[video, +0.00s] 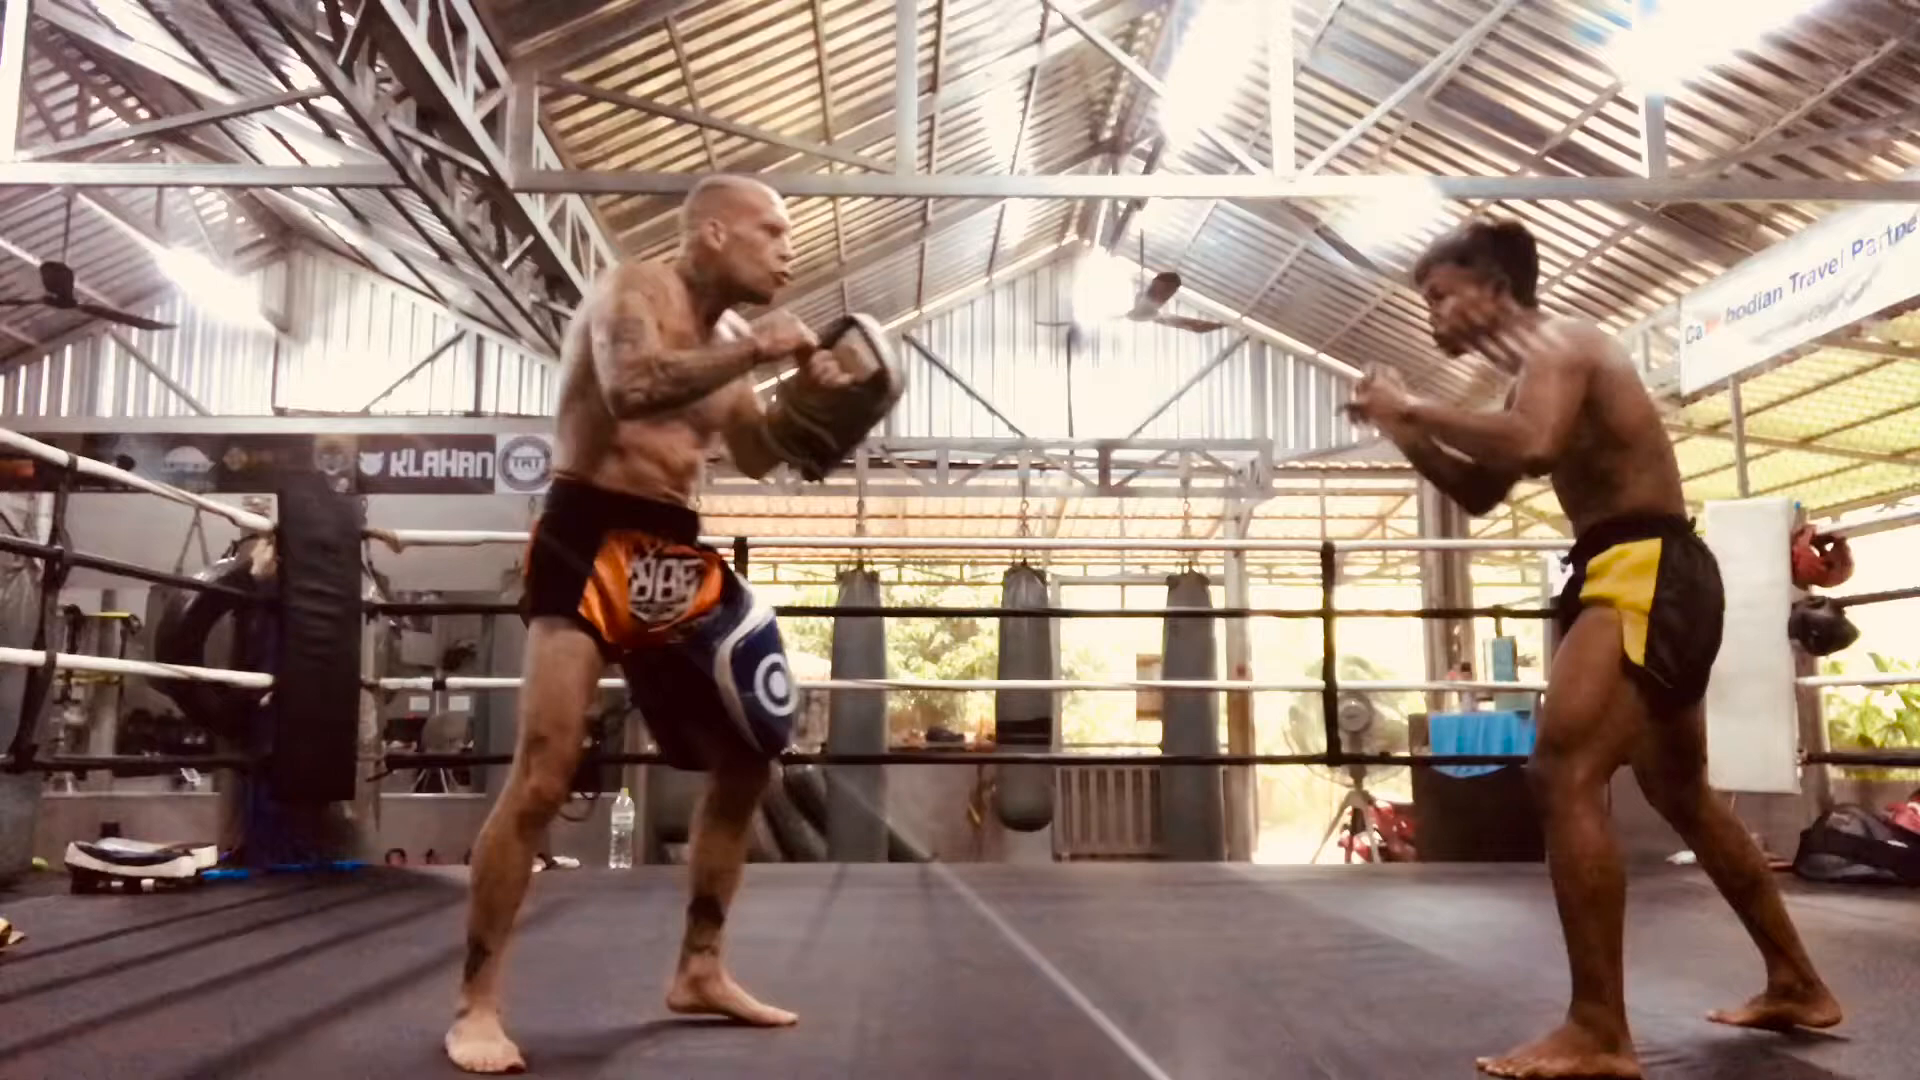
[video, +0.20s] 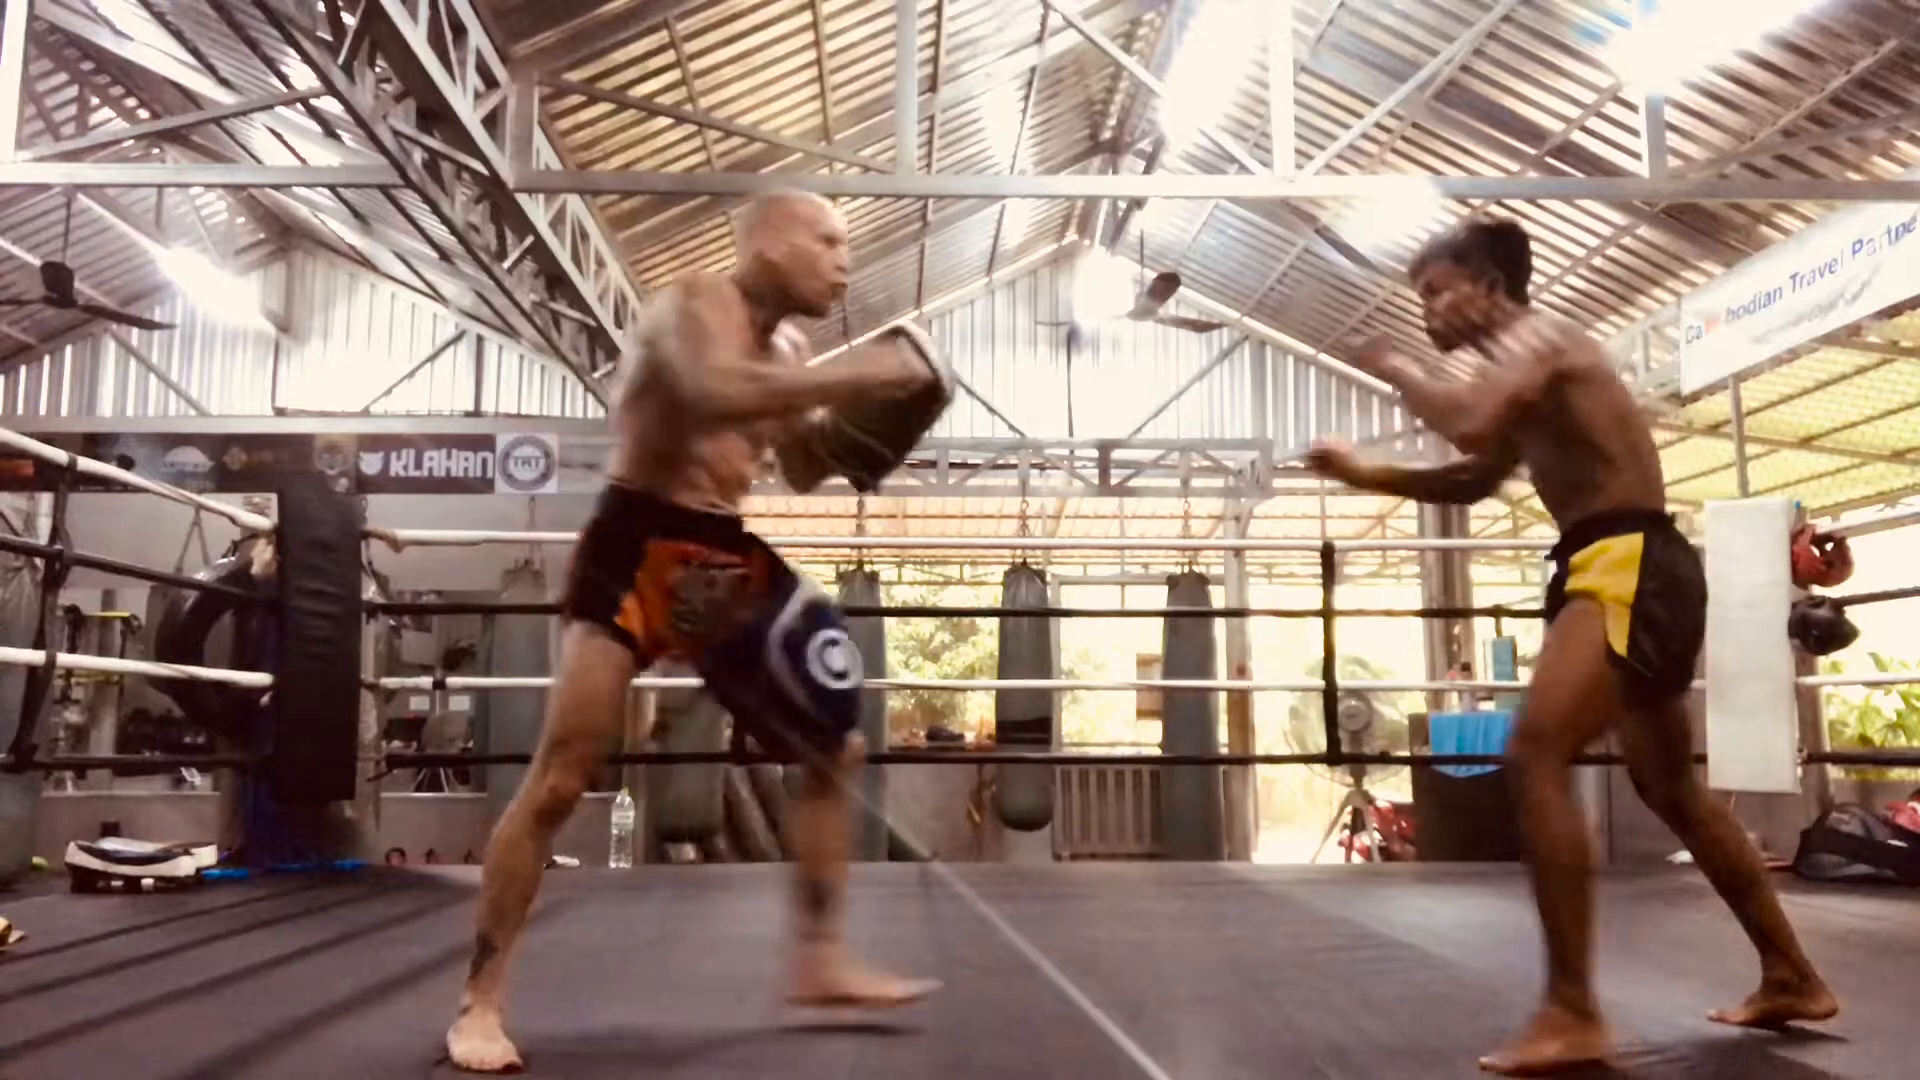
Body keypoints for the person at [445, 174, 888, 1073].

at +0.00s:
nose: (785, 251)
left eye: (786, 236)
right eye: (771, 233)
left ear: (728, 236)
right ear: (713, 232)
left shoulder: (720, 336)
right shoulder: (634, 285)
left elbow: (758, 448)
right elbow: (633, 383)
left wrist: (820, 400)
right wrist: (759, 349)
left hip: (675, 545)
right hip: (587, 535)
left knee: (747, 753)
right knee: (543, 781)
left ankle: (701, 970)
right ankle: (478, 1006)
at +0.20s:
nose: (841, 263)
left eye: (842, 249)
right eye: (827, 241)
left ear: (801, 257)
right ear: (768, 239)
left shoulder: (778, 350)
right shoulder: (696, 302)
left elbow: (801, 466)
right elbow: (708, 389)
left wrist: (837, 424)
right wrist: (846, 375)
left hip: (722, 553)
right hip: (634, 545)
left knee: (830, 747)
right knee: (557, 784)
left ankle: (818, 963)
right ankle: (481, 1004)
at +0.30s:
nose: (885, 276)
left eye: (884, 261)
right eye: (870, 257)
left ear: (827, 265)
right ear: (818, 260)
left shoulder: (804, 351)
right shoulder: (768, 313)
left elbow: (806, 480)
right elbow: (884, 370)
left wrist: (909, 439)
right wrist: (938, 312)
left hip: (764, 570)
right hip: (708, 561)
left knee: (904, 766)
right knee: (607, 795)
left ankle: (958, 978)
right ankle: (491, 999)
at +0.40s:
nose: (917, 300)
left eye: (919, 285)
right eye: (906, 279)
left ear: (857, 281)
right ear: (855, 274)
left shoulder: (844, 364)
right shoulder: (820, 329)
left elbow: (866, 511)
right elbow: (942, 377)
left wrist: (942, 451)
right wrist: (1052, 342)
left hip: (852, 575)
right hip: (809, 566)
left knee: (986, 771)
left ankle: (981, 986)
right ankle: (582, 924)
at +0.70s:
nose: (1001, 318)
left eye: (1007, 313)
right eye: (995, 298)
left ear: (974, 321)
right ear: (947, 283)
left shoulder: (952, 394)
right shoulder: (878, 320)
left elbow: (1045, 463)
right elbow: (779, 392)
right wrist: (686, 445)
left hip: (913, 580)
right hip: (919, 504)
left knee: (1007, 773)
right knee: (1160, 482)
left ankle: (983, 987)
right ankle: (1359, 582)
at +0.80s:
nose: (1010, 290)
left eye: (1018, 285)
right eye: (1003, 267)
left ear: (1003, 298)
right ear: (955, 250)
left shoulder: (975, 377)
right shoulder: (888, 298)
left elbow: (1059, 466)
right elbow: (770, 350)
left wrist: (1066, 383)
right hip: (911, 503)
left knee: (1000, 769)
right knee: (1162, 503)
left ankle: (983, 988)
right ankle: (1296, 658)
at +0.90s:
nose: (1023, 267)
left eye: (1029, 255)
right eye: (1011, 247)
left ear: (1010, 263)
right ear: (959, 239)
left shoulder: (949, 337)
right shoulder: (900, 277)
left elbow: (983, 458)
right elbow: (859, 329)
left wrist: (1032, 392)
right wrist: (978, 309)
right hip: (916, 497)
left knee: (981, 768)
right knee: (1136, 624)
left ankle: (980, 991)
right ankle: (1119, 879)